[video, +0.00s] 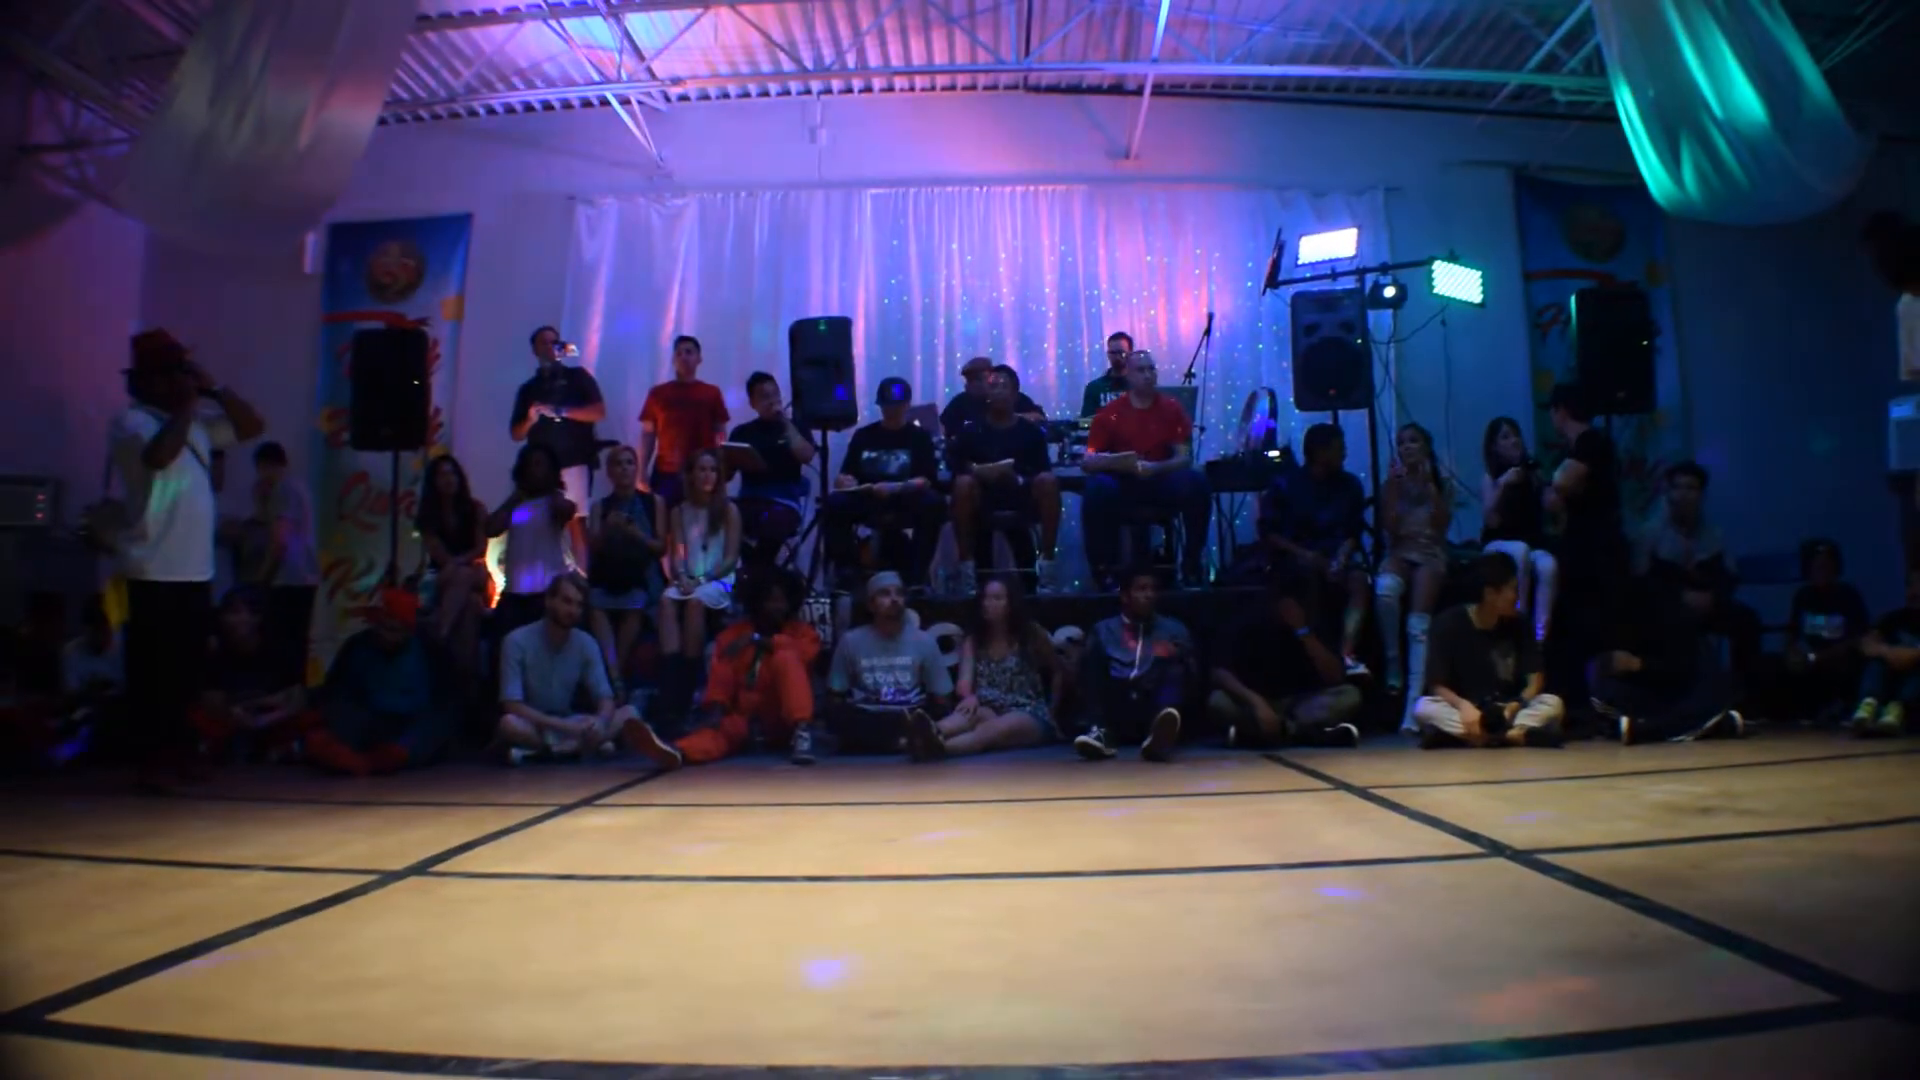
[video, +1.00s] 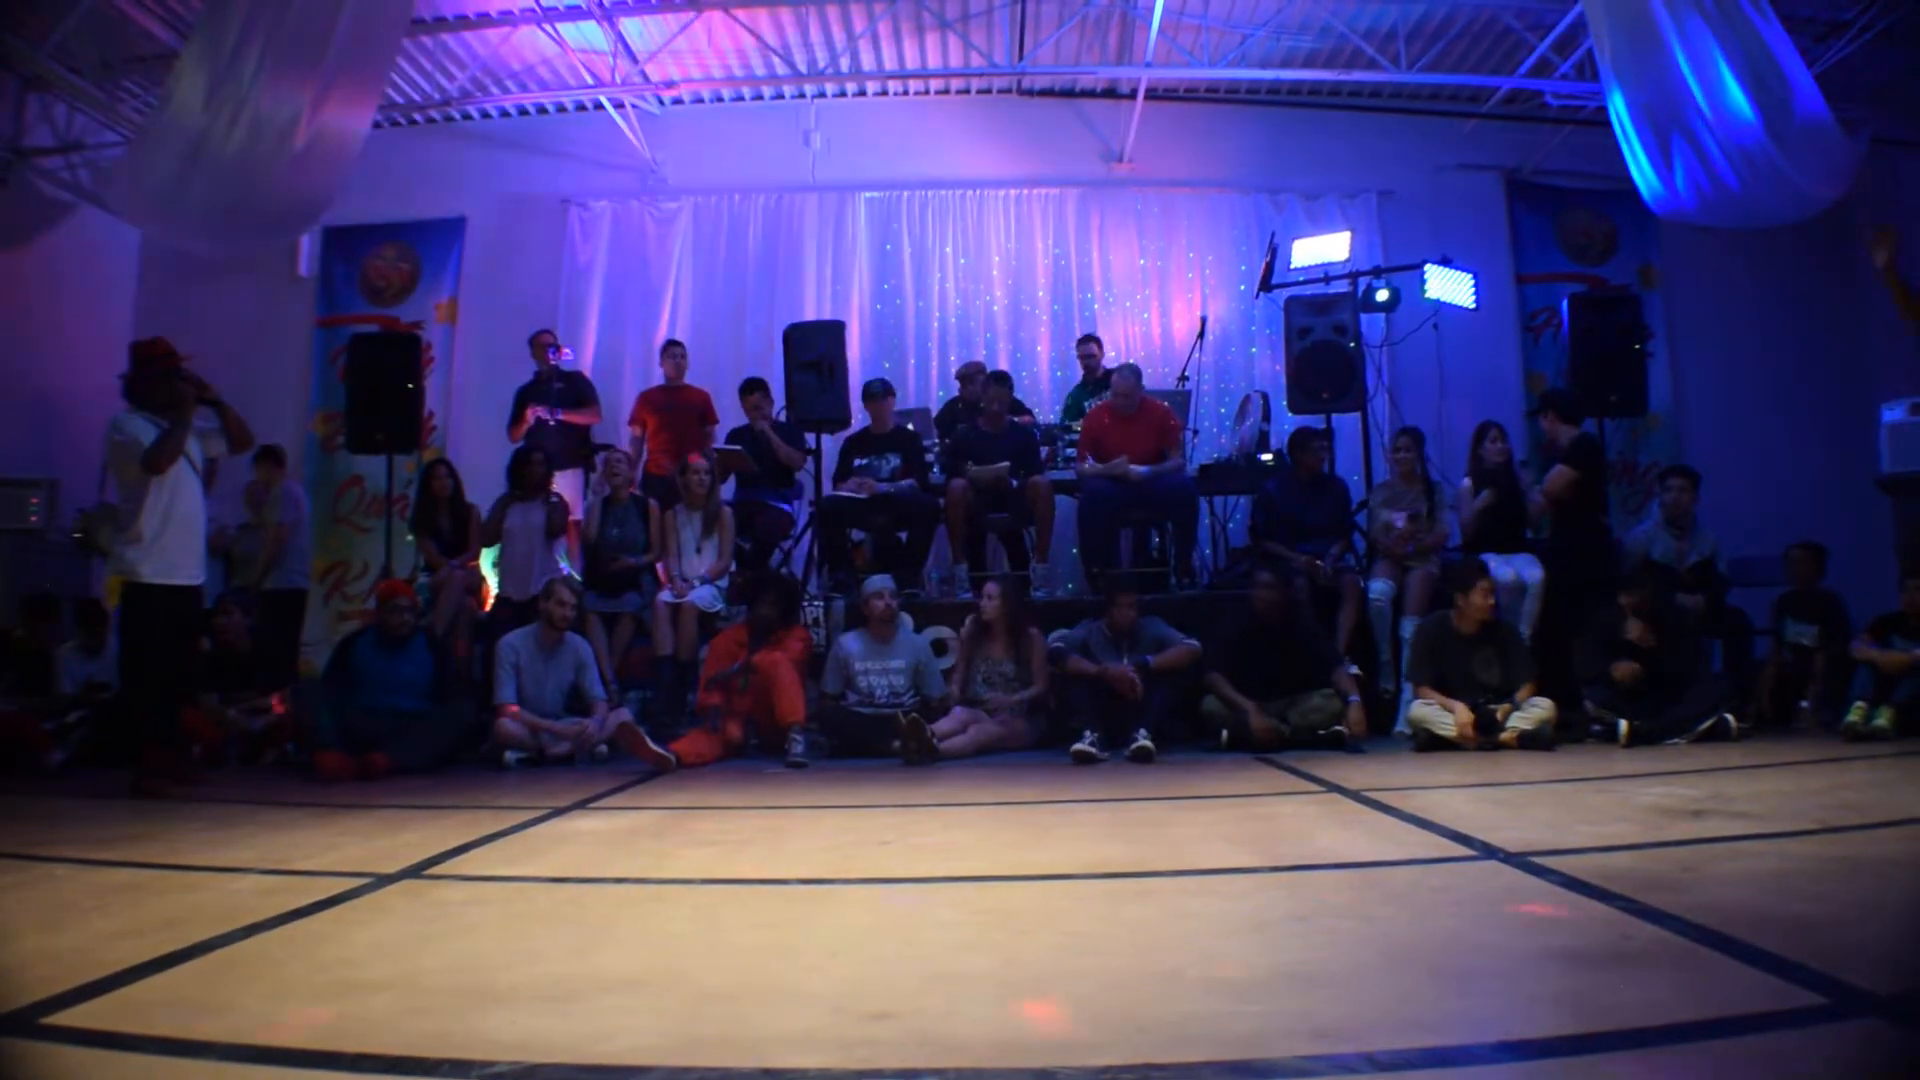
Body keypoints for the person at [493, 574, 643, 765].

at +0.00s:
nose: (573, 610)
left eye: (578, 605)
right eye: (566, 602)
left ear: (583, 609)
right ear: (550, 601)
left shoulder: (585, 643)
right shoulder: (518, 641)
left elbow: (606, 699)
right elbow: (512, 704)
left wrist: (600, 724)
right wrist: (564, 726)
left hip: (573, 720)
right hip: (535, 721)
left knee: (629, 714)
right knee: (509, 724)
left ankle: (559, 748)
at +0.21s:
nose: (571, 611)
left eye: (577, 606)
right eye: (565, 603)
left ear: (581, 610)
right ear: (548, 603)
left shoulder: (584, 645)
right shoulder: (517, 643)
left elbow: (605, 700)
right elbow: (510, 706)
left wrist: (599, 723)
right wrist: (564, 728)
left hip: (572, 721)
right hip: (534, 723)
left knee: (627, 714)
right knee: (508, 726)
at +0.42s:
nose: (568, 613)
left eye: (574, 607)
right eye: (562, 604)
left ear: (579, 611)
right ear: (545, 603)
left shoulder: (581, 646)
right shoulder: (513, 644)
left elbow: (601, 701)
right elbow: (508, 707)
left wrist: (596, 725)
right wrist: (556, 727)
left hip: (569, 721)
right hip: (531, 722)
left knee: (625, 715)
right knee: (506, 727)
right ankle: (581, 745)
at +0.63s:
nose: (567, 613)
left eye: (573, 607)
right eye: (561, 605)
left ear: (577, 610)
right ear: (544, 605)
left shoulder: (580, 646)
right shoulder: (512, 645)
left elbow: (600, 701)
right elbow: (506, 707)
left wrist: (596, 724)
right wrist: (561, 729)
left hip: (567, 722)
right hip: (528, 722)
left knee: (622, 716)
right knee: (504, 728)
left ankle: (553, 752)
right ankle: (580, 749)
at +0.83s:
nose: (567, 614)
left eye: (573, 608)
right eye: (560, 605)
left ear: (577, 611)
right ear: (543, 604)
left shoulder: (580, 647)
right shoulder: (511, 645)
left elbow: (599, 702)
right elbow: (506, 707)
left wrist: (596, 725)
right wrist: (553, 729)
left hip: (566, 721)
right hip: (528, 720)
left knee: (623, 715)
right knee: (503, 728)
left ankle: (559, 751)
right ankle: (579, 749)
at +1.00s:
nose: (567, 613)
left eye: (572, 608)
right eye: (561, 605)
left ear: (577, 611)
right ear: (542, 604)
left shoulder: (579, 646)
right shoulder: (512, 645)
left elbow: (600, 703)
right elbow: (508, 709)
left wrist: (595, 725)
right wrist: (556, 728)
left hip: (568, 722)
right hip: (530, 723)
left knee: (622, 716)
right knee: (504, 728)